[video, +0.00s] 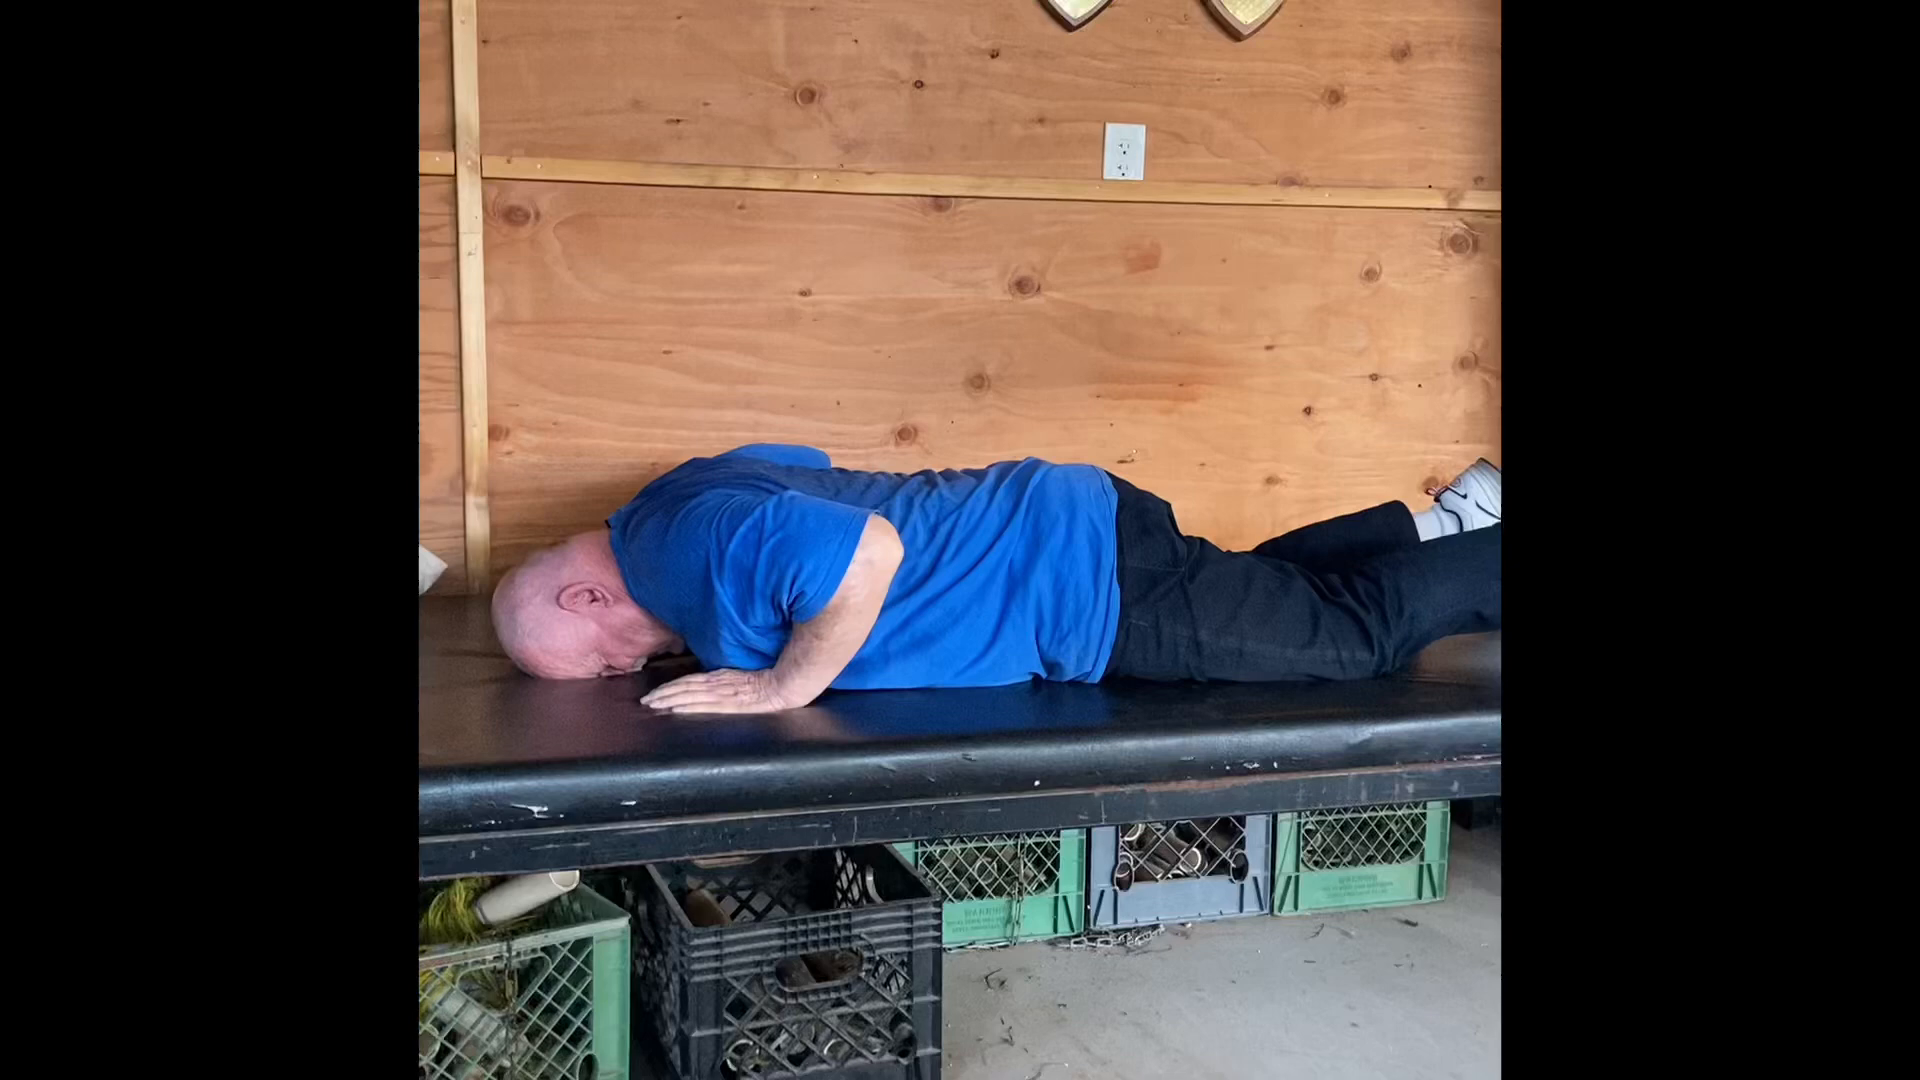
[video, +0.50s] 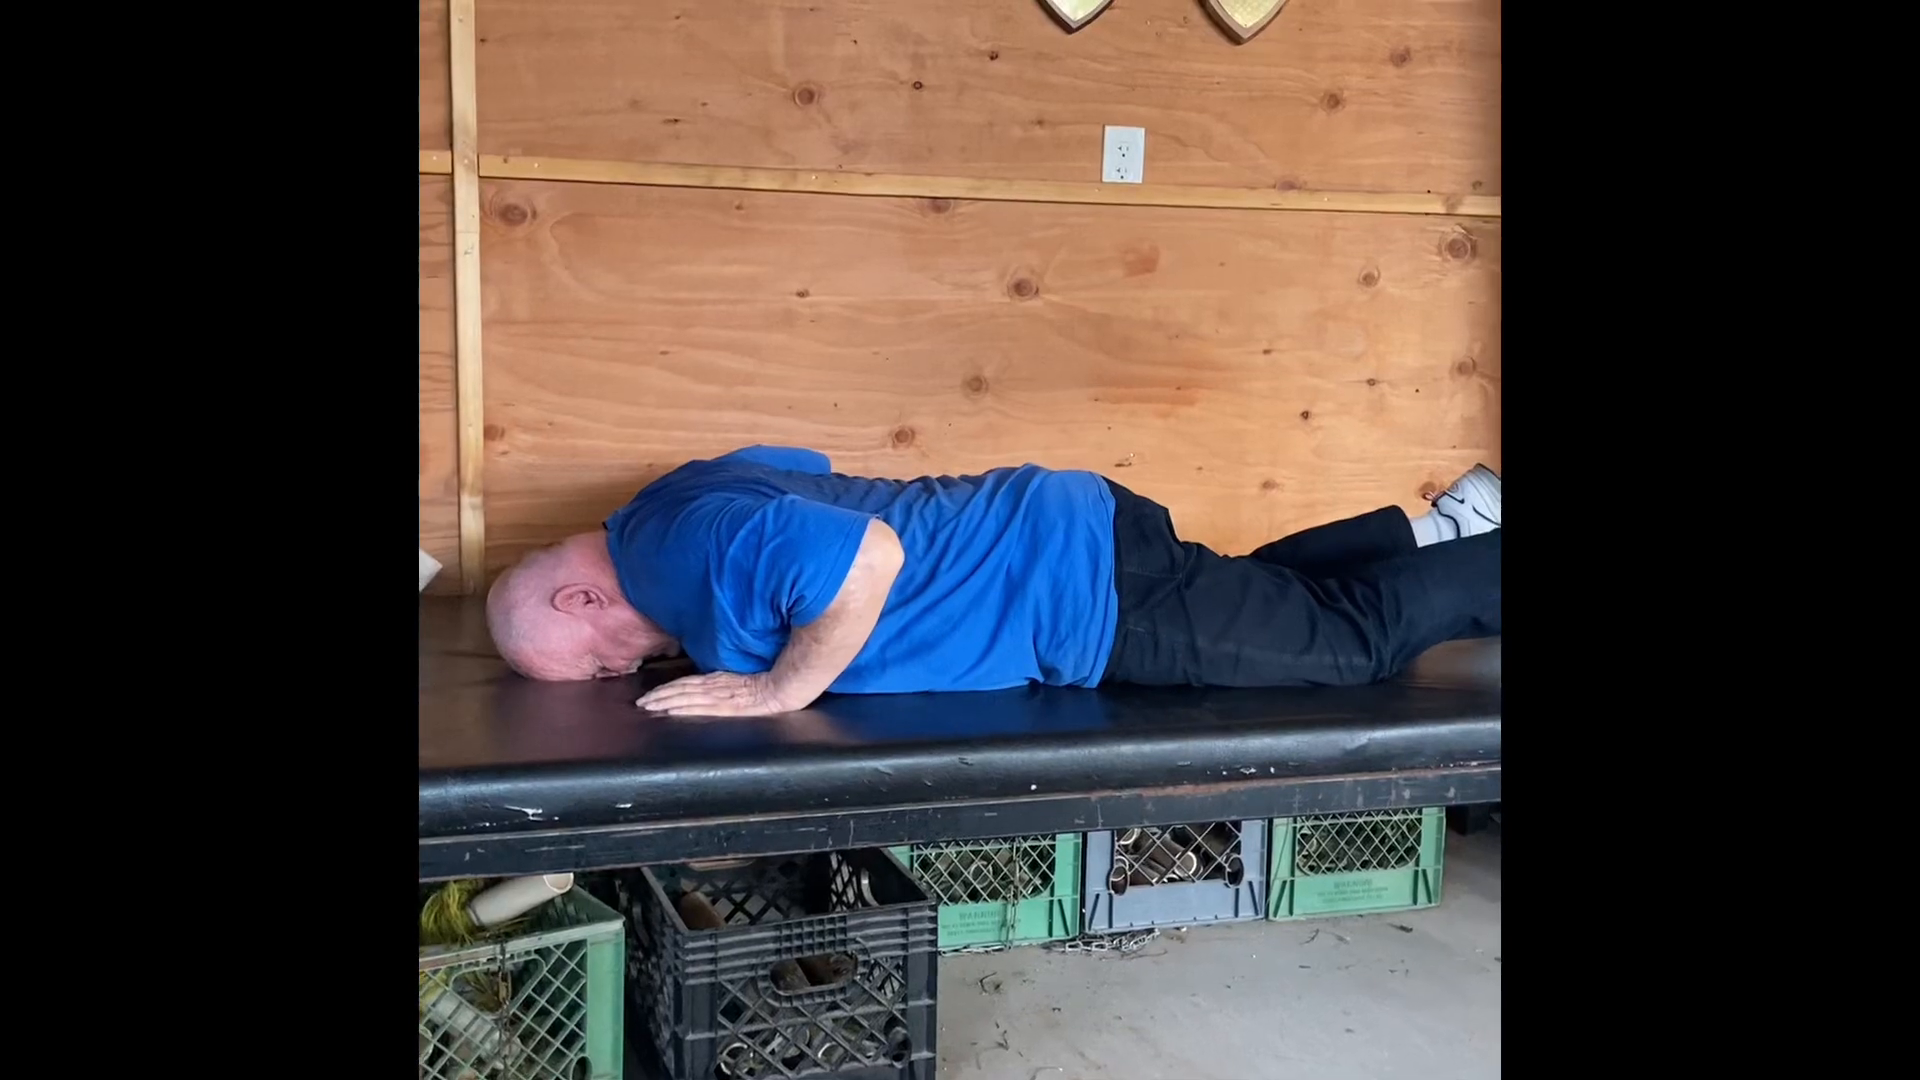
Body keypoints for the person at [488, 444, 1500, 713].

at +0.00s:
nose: (612, 670)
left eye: (583, 665)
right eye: (586, 663)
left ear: (586, 608)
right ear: (583, 581)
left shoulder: (699, 536)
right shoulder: (672, 525)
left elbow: (868, 548)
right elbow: (857, 525)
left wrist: (779, 689)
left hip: (1083, 578)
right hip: (1062, 540)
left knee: (1356, 632)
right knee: (1267, 599)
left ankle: (1488, 547)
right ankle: (1447, 523)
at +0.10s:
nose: (609, 671)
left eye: (580, 666)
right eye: (583, 664)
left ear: (585, 608)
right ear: (582, 581)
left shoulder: (697, 537)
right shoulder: (673, 524)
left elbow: (867, 548)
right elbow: (859, 515)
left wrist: (778, 690)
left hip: (1083, 578)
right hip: (1062, 544)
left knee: (1353, 631)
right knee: (1265, 600)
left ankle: (1488, 549)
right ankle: (1445, 525)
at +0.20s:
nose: (608, 670)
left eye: (579, 665)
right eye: (582, 663)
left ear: (584, 609)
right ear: (581, 582)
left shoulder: (695, 537)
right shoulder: (670, 527)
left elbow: (866, 549)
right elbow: (854, 525)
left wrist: (777, 690)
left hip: (1081, 577)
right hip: (1060, 550)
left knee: (1353, 631)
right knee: (1266, 601)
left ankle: (1487, 546)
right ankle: (1445, 525)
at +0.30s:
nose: (608, 672)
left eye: (579, 667)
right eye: (581, 666)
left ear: (583, 609)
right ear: (581, 582)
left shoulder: (699, 535)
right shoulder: (671, 529)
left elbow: (868, 553)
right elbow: (854, 528)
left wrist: (775, 692)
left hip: (1082, 579)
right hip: (1060, 554)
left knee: (1354, 634)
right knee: (1265, 600)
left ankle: (1486, 547)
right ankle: (1443, 526)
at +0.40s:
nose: (605, 673)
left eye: (576, 667)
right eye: (579, 666)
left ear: (582, 609)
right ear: (578, 579)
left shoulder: (695, 540)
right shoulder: (671, 521)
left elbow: (869, 554)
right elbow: (866, 502)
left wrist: (778, 693)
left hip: (1082, 585)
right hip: (1060, 547)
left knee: (1351, 636)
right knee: (1264, 599)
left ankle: (1487, 552)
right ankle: (1445, 528)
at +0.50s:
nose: (605, 673)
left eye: (576, 667)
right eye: (579, 666)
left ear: (579, 610)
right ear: (576, 579)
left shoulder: (694, 541)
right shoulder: (671, 519)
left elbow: (868, 557)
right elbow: (869, 491)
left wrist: (774, 693)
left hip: (1080, 589)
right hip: (1059, 543)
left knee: (1350, 638)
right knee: (1262, 598)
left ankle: (1484, 556)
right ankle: (1445, 529)